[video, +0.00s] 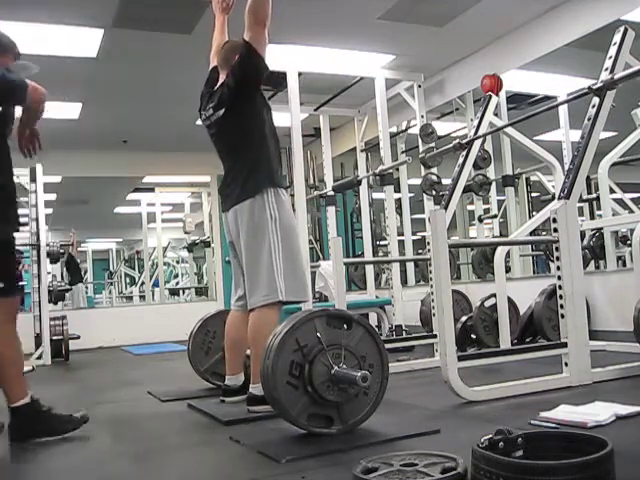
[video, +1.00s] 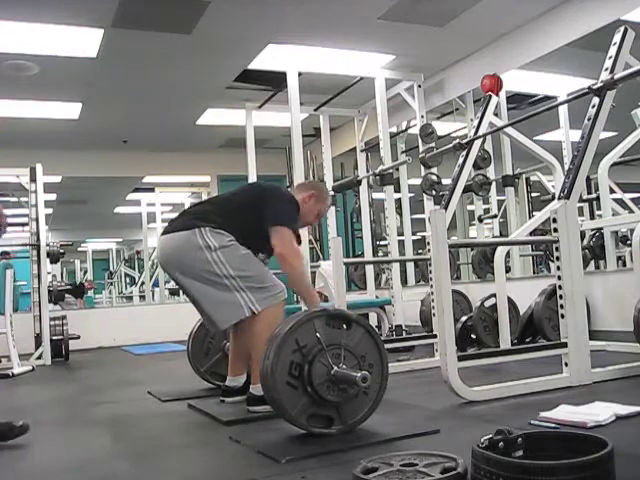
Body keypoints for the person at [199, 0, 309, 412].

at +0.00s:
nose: (260, 65)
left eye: (260, 60)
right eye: (256, 59)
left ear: (222, 67)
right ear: (247, 63)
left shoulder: (210, 99)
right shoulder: (243, 84)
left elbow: (216, 57)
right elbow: (259, 23)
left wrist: (220, 17)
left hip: (234, 203)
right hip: (260, 197)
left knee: (242, 300)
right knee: (267, 298)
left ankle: (233, 383)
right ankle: (261, 389)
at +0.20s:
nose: (266, 66)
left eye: (260, 57)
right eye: (261, 59)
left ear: (227, 65)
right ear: (252, 65)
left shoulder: (213, 95)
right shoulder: (247, 84)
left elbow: (222, 56)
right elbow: (264, 24)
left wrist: (228, 19)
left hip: (229, 199)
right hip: (255, 195)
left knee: (239, 301)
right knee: (263, 299)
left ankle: (234, 382)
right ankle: (262, 389)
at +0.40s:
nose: (281, 93)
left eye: (281, 89)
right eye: (281, 85)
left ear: (251, 80)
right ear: (269, 77)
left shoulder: (223, 108)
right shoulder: (253, 84)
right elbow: (294, 53)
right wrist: (321, 22)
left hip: (206, 203)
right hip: (233, 199)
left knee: (238, 303)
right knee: (263, 298)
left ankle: (234, 383)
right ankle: (260, 388)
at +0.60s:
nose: (308, 156)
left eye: (309, 151)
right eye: (308, 150)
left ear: (283, 136)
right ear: (296, 138)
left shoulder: (247, 153)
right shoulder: (278, 151)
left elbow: (274, 214)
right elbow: (332, 169)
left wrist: (296, 241)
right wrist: (375, 181)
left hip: (176, 226)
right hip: (207, 223)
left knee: (241, 305)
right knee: (269, 296)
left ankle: (233, 382)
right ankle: (258, 390)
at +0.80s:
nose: (311, 222)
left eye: (314, 218)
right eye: (314, 214)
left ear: (296, 195)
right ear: (307, 201)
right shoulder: (281, 201)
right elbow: (308, 255)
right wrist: (344, 304)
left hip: (170, 244)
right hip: (197, 240)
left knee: (246, 306)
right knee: (271, 297)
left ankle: (233, 383)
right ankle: (259, 391)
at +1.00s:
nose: (313, 223)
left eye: (318, 220)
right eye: (318, 216)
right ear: (308, 199)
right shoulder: (281, 199)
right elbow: (284, 250)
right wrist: (314, 305)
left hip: (172, 241)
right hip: (199, 236)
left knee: (248, 306)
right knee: (272, 297)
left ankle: (234, 385)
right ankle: (259, 391)